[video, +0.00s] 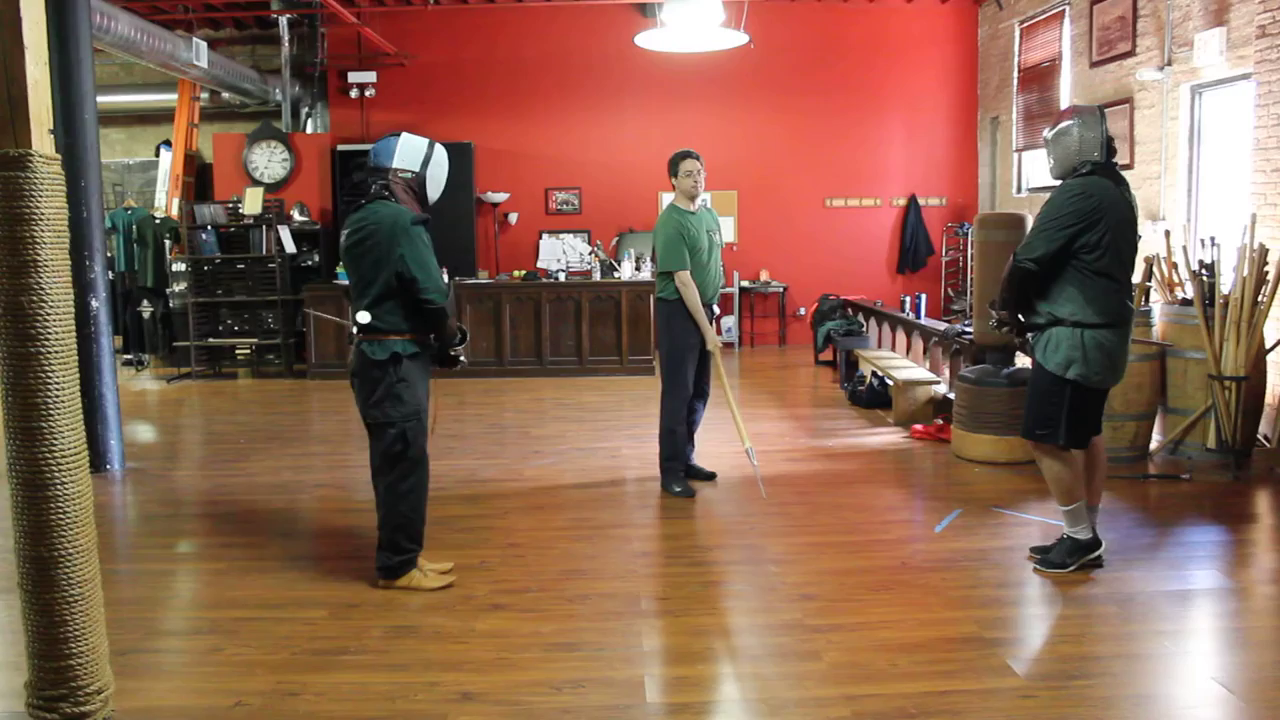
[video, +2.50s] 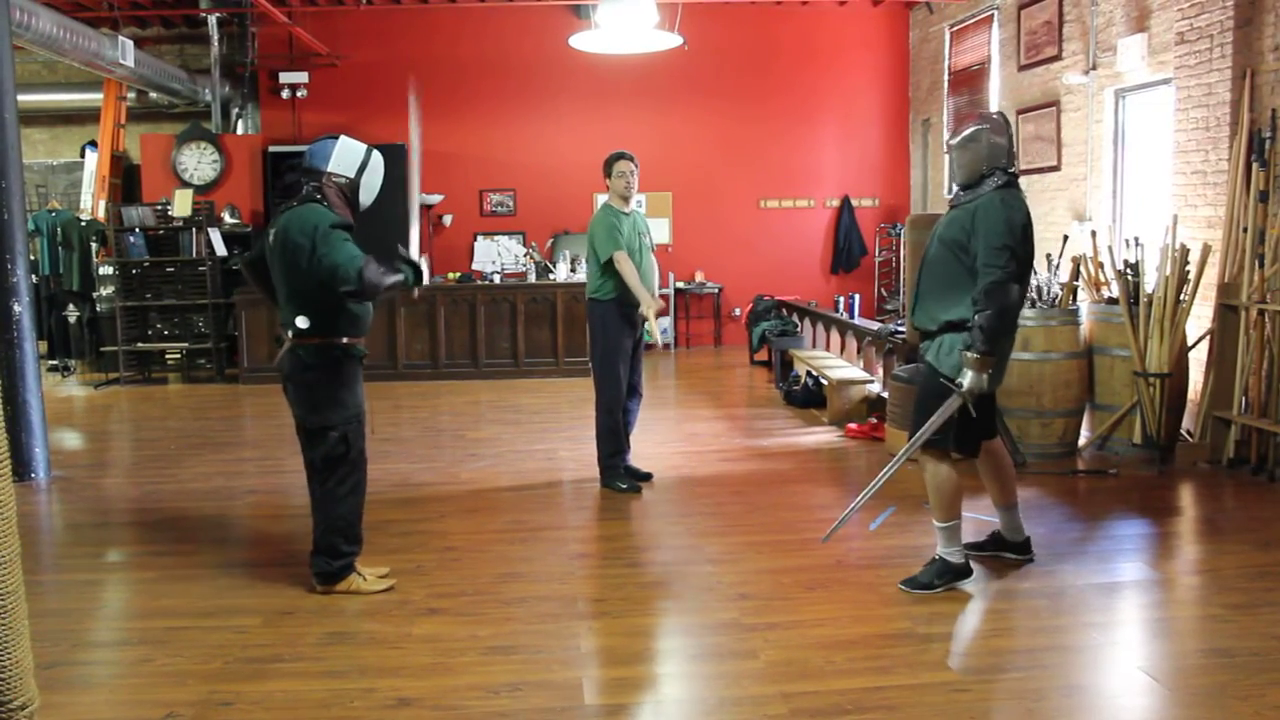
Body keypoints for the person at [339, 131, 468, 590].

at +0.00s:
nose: (427, 192)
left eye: (426, 183)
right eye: (422, 181)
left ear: (382, 178)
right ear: (403, 177)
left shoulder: (359, 222)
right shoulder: (401, 222)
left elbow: (377, 294)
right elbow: (432, 294)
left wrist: (434, 336)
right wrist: (450, 340)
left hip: (375, 357)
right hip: (396, 359)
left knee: (394, 461)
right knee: (404, 463)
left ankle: (399, 557)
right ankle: (398, 566)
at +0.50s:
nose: (435, 194)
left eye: (434, 185)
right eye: (431, 183)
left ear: (386, 179)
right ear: (413, 179)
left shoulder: (353, 226)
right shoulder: (418, 225)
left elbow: (339, 292)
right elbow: (451, 298)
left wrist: (372, 314)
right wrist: (455, 332)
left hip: (370, 358)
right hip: (405, 359)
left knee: (390, 462)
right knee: (411, 463)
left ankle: (397, 557)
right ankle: (401, 565)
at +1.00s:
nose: (394, 192)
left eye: (394, 183)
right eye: (390, 181)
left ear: (357, 176)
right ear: (369, 175)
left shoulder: (340, 219)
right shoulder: (351, 221)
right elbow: (399, 267)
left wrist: (430, 277)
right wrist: (460, 265)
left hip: (364, 353)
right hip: (368, 355)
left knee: (377, 458)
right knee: (380, 459)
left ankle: (373, 558)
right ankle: (372, 564)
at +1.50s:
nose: (352, 190)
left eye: (352, 181)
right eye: (348, 180)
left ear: (320, 176)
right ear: (325, 176)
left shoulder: (325, 222)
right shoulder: (295, 219)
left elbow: (342, 268)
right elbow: (306, 260)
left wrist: (378, 254)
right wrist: (356, 245)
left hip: (343, 357)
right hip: (321, 360)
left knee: (345, 462)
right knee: (337, 463)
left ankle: (339, 562)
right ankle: (333, 570)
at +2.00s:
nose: (354, 199)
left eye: (355, 191)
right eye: (351, 189)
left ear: (314, 182)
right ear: (330, 182)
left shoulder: (286, 225)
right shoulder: (313, 225)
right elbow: (372, 265)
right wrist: (391, 223)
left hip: (315, 360)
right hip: (331, 362)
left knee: (333, 466)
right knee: (342, 465)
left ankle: (335, 563)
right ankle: (335, 570)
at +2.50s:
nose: (357, 199)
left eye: (357, 191)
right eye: (354, 188)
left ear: (316, 181)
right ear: (335, 181)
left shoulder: (287, 224)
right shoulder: (319, 224)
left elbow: (256, 266)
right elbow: (351, 271)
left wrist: (291, 301)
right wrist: (401, 271)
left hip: (306, 359)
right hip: (328, 362)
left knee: (329, 466)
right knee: (342, 466)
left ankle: (334, 562)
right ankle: (335, 571)